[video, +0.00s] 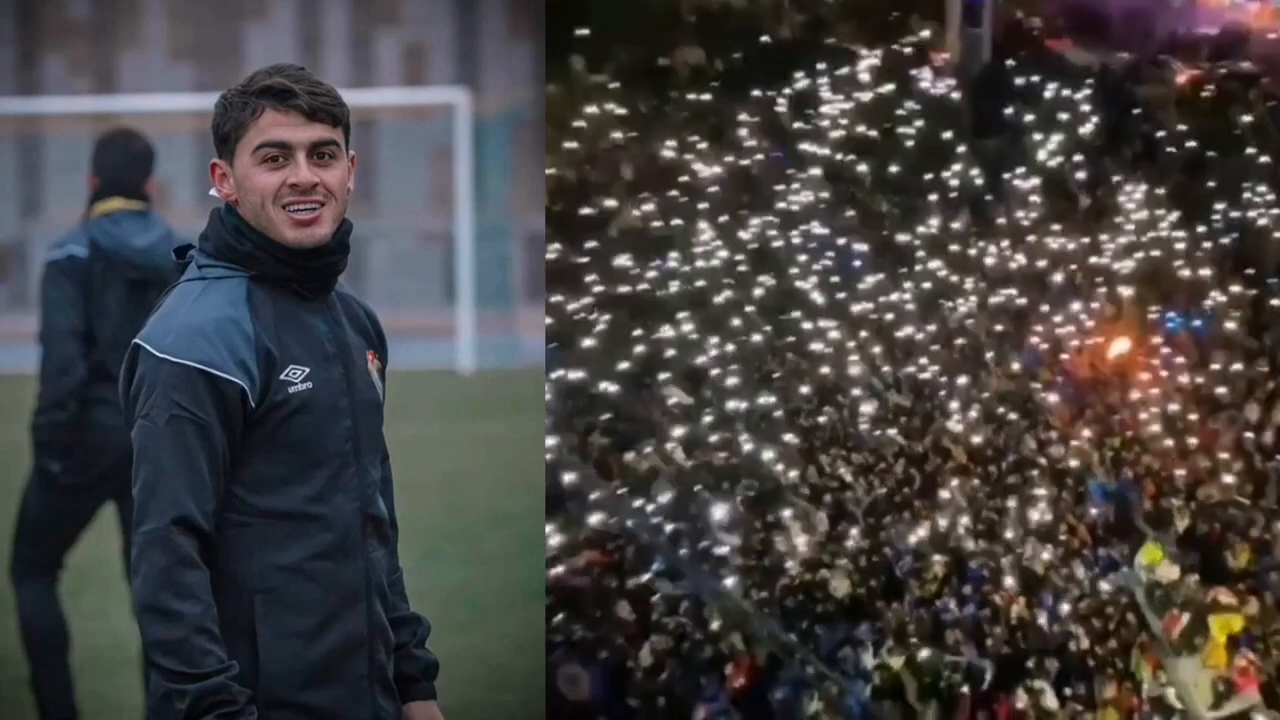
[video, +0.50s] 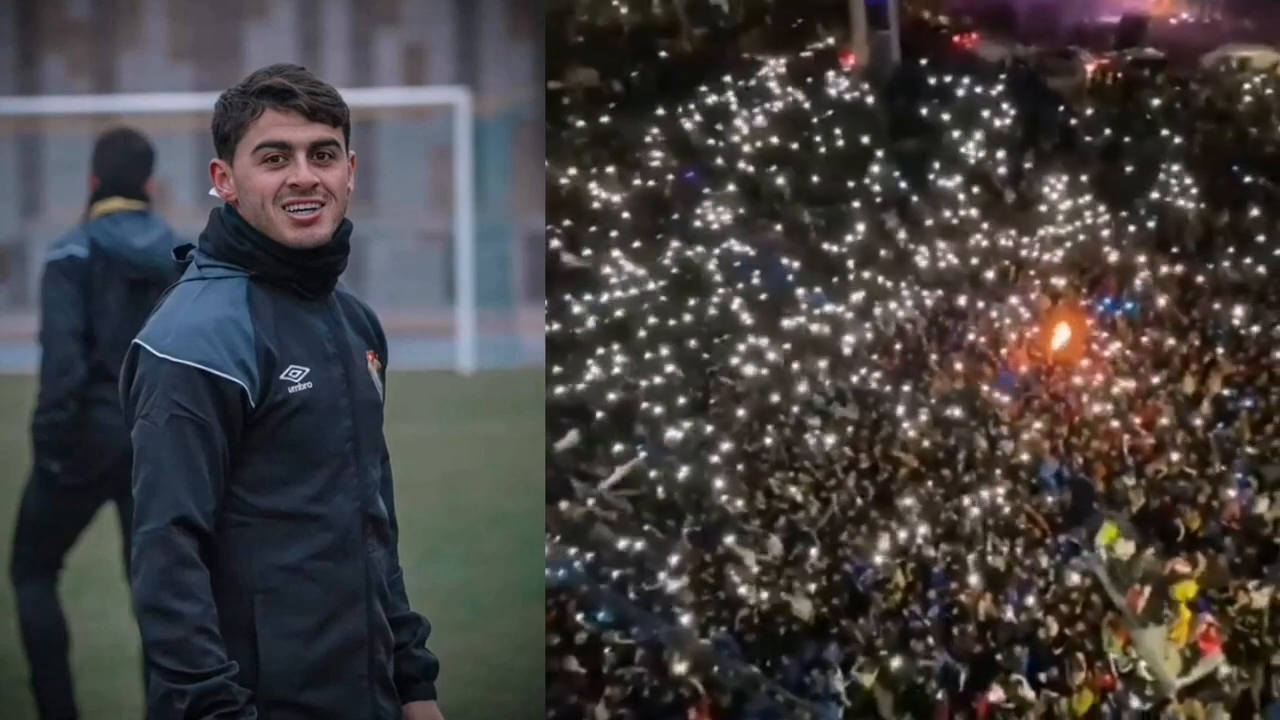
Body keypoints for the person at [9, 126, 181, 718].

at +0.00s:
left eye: (92, 174)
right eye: (150, 178)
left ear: (94, 180)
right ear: (152, 185)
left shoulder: (73, 254)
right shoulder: (178, 255)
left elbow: (65, 363)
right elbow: (190, 352)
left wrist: (51, 441)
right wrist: (175, 428)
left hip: (87, 449)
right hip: (158, 447)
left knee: (33, 569)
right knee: (157, 580)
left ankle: (56, 707)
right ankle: (167, 704)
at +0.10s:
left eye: (92, 173)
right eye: (150, 178)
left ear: (94, 179)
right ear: (152, 185)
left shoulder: (73, 254)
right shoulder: (178, 255)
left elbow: (65, 363)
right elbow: (191, 352)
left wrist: (51, 442)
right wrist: (175, 429)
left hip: (87, 449)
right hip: (158, 448)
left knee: (34, 570)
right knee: (157, 580)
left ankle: (57, 707)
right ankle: (167, 704)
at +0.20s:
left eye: (92, 173)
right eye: (150, 178)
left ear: (94, 179)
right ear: (152, 185)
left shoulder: (73, 254)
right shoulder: (178, 255)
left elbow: (65, 363)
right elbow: (191, 352)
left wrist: (51, 442)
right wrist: (175, 429)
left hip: (87, 449)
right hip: (158, 448)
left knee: (34, 570)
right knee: (157, 580)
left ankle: (57, 707)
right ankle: (167, 704)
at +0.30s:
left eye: (92, 173)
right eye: (150, 178)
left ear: (94, 179)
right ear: (152, 185)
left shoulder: (73, 254)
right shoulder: (178, 255)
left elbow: (65, 363)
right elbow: (191, 352)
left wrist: (51, 442)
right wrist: (175, 429)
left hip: (87, 449)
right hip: (158, 448)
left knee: (34, 570)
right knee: (157, 580)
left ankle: (57, 707)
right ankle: (167, 704)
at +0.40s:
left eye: (92, 173)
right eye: (150, 178)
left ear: (94, 180)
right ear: (152, 185)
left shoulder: (73, 254)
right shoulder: (178, 255)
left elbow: (65, 363)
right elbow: (191, 352)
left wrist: (51, 442)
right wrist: (175, 429)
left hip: (87, 449)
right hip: (158, 448)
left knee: (34, 570)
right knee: (157, 580)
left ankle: (57, 707)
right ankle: (167, 704)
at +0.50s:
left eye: (92, 173)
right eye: (150, 178)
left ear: (94, 180)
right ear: (152, 185)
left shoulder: (73, 254)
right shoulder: (178, 255)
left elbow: (65, 363)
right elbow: (191, 352)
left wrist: (51, 442)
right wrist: (175, 429)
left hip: (87, 449)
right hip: (158, 448)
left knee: (34, 570)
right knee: (157, 580)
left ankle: (57, 707)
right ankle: (167, 704)